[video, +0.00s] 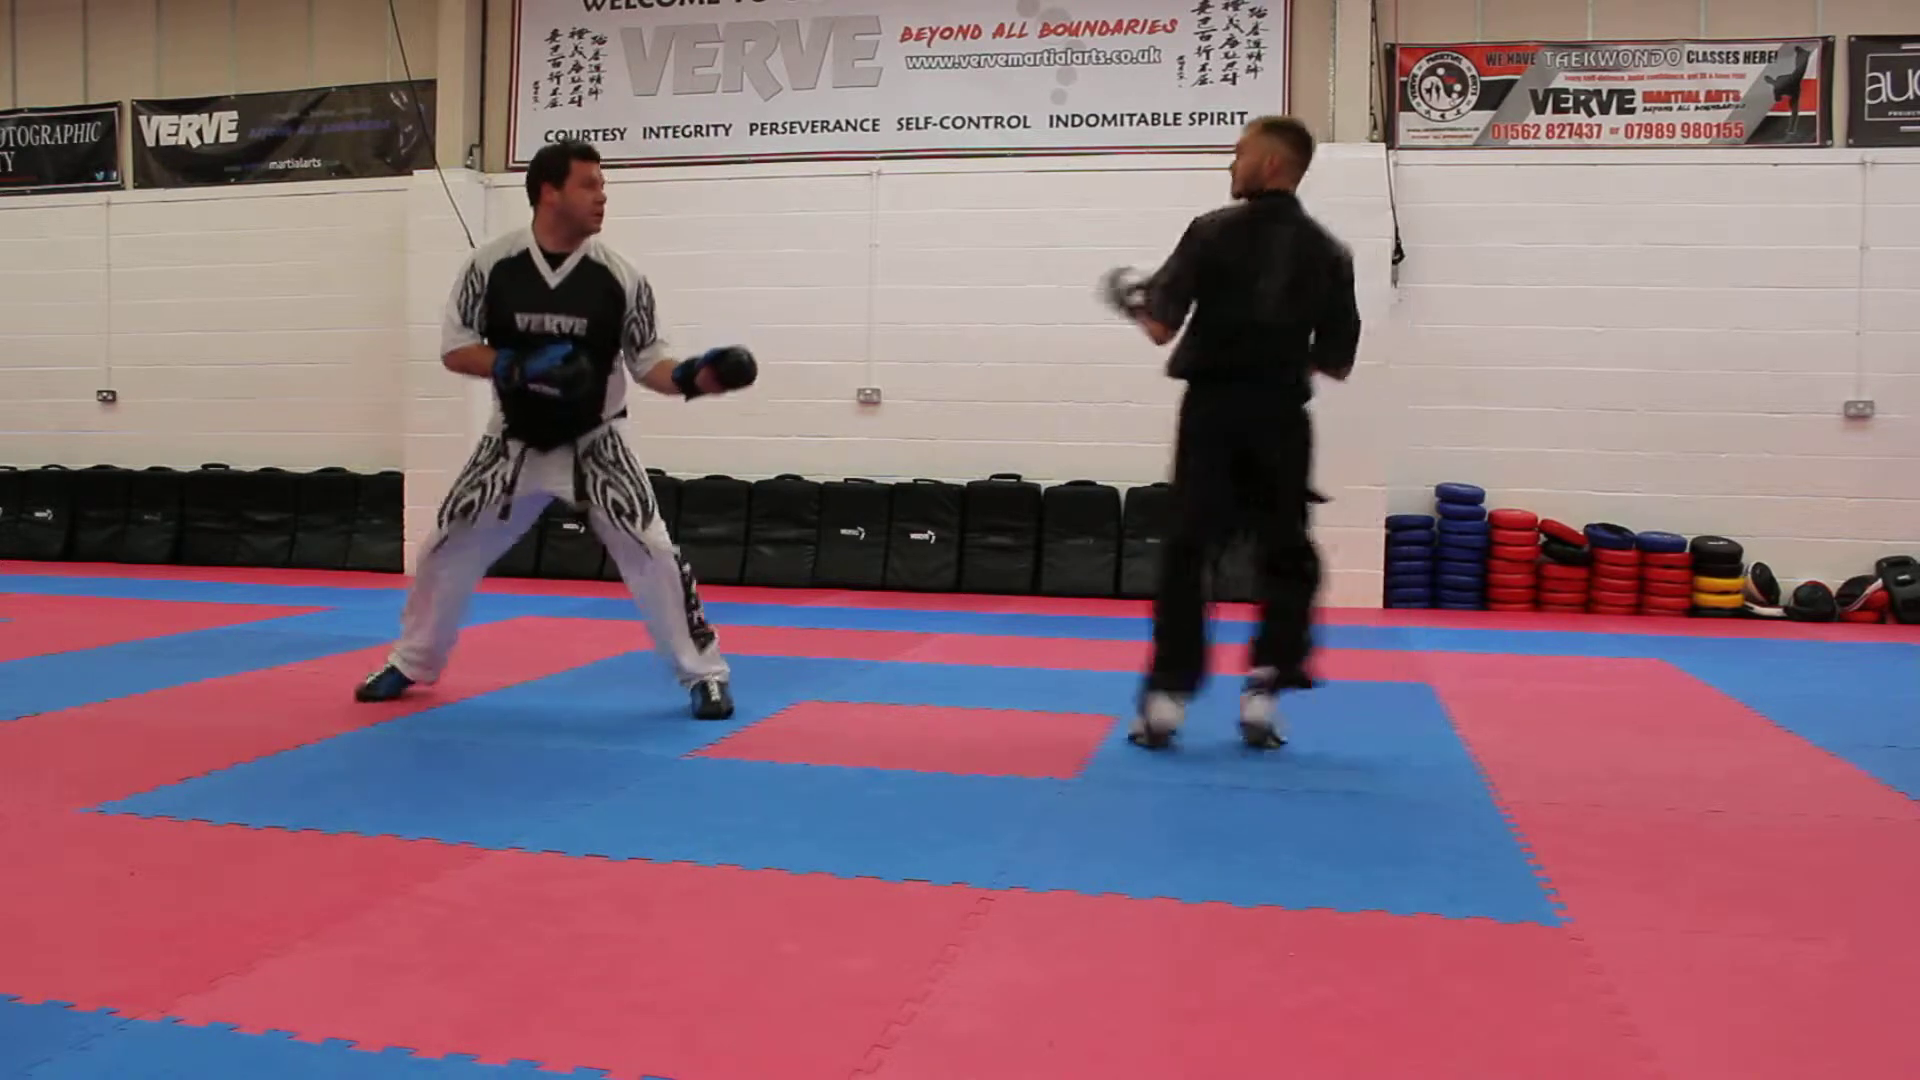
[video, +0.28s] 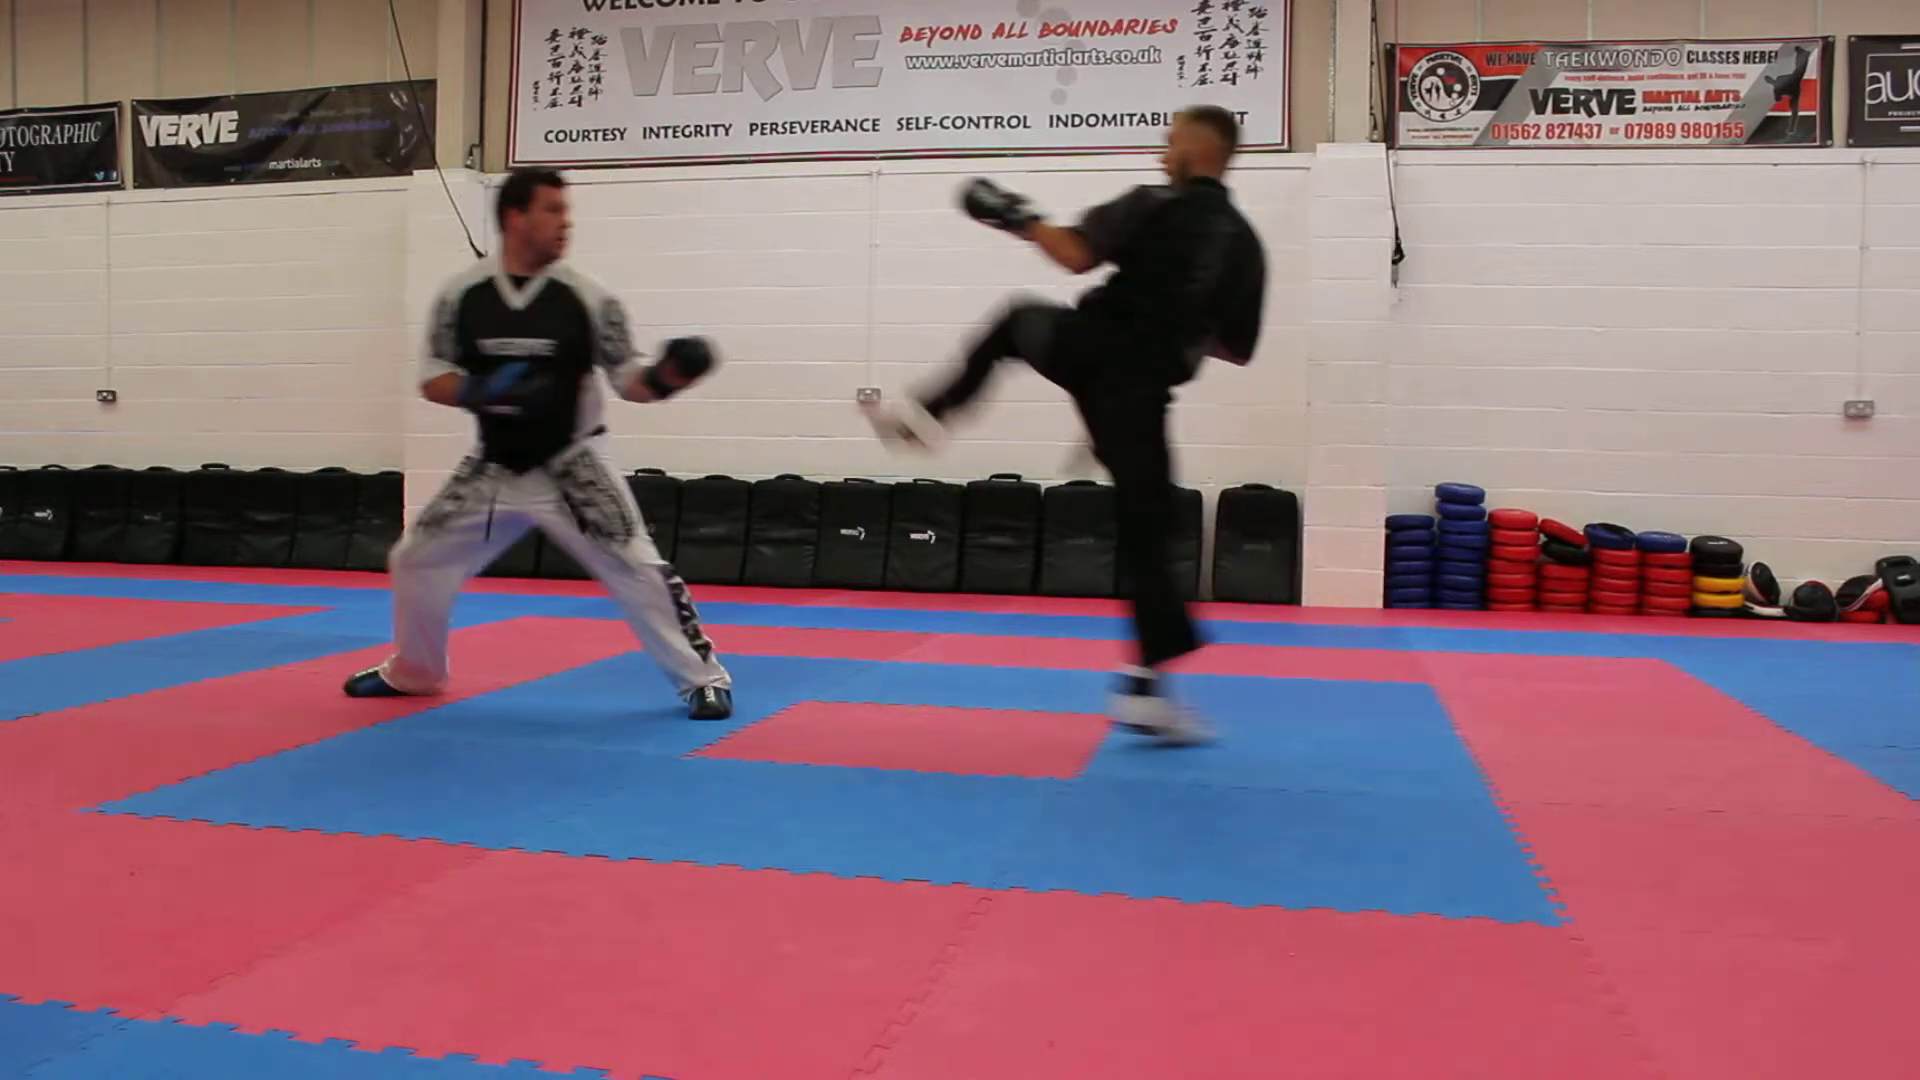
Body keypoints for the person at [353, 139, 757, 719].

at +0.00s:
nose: (602, 199)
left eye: (602, 188)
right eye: (590, 187)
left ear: (597, 194)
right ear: (548, 194)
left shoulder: (621, 279)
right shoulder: (489, 265)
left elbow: (649, 365)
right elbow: (455, 350)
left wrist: (691, 378)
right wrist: (516, 364)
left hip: (597, 446)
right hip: (512, 446)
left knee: (652, 553)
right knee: (445, 551)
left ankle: (704, 674)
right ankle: (412, 663)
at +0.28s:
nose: (566, 223)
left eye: (566, 212)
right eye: (553, 212)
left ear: (560, 218)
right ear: (512, 218)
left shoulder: (588, 301)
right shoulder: (461, 297)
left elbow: (628, 381)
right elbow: (433, 381)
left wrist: (664, 377)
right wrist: (479, 392)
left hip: (571, 468)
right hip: (491, 470)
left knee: (640, 570)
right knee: (414, 563)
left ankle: (704, 679)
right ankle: (414, 674)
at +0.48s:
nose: (466, 198)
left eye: (469, 187)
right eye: (454, 186)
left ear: (469, 194)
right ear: (415, 193)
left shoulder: (488, 266)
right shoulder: (372, 272)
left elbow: (534, 350)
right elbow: (347, 345)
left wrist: (541, 331)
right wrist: (375, 361)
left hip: (487, 424)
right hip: (420, 436)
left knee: (489, 547)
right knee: (375, 551)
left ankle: (582, 647)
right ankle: (413, 669)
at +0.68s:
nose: (372, 185)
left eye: (376, 174)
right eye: (359, 174)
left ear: (382, 180)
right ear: (327, 181)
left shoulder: (399, 248)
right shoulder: (310, 265)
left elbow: (439, 325)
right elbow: (289, 362)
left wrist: (363, 314)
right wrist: (321, 348)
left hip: (400, 412)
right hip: (352, 414)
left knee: (314, 532)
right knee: (358, 550)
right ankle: (410, 663)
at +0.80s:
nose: (256, 194)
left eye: (265, 179)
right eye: (254, 181)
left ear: (302, 178)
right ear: (285, 184)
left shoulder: (331, 240)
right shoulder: (307, 245)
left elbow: (347, 327)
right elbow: (307, 335)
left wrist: (265, 362)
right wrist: (259, 367)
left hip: (329, 420)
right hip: (365, 422)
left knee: (250, 541)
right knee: (338, 552)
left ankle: (190, 666)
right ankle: (408, 660)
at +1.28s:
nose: (109, 179)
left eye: (104, 169)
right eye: (102, 169)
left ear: (35, 181)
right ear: (79, 169)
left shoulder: (20, 240)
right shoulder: (131, 213)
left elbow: (5, 334)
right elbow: (220, 265)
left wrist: (10, 360)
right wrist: (171, 308)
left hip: (149, 392)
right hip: (212, 351)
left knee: (161, 529)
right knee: (321, 368)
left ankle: (170, 667)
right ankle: (414, 360)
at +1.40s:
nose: (70, 150)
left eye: (66, 140)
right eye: (64, 140)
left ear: (5, 150)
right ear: (42, 141)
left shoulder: (3, 208)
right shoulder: (91, 177)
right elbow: (186, 231)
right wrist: (140, 290)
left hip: (111, 363)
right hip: (176, 318)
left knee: (119, 496)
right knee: (298, 349)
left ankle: (145, 621)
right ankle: (334, 295)